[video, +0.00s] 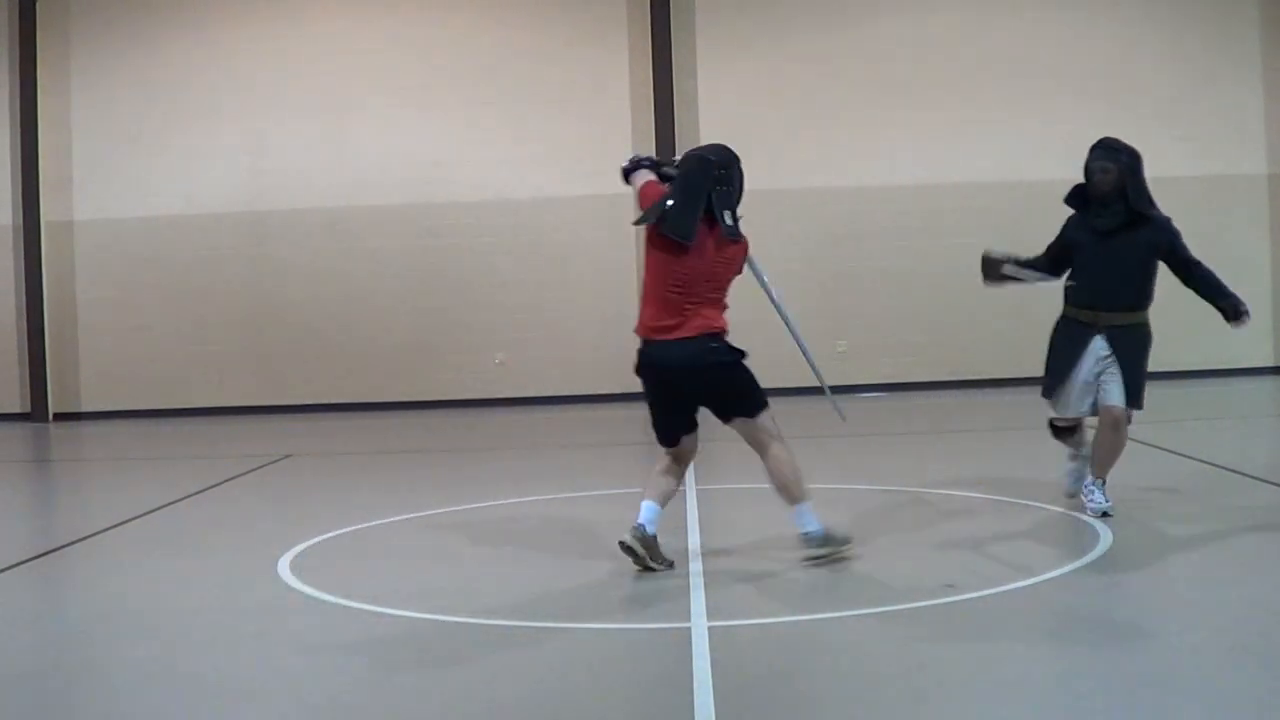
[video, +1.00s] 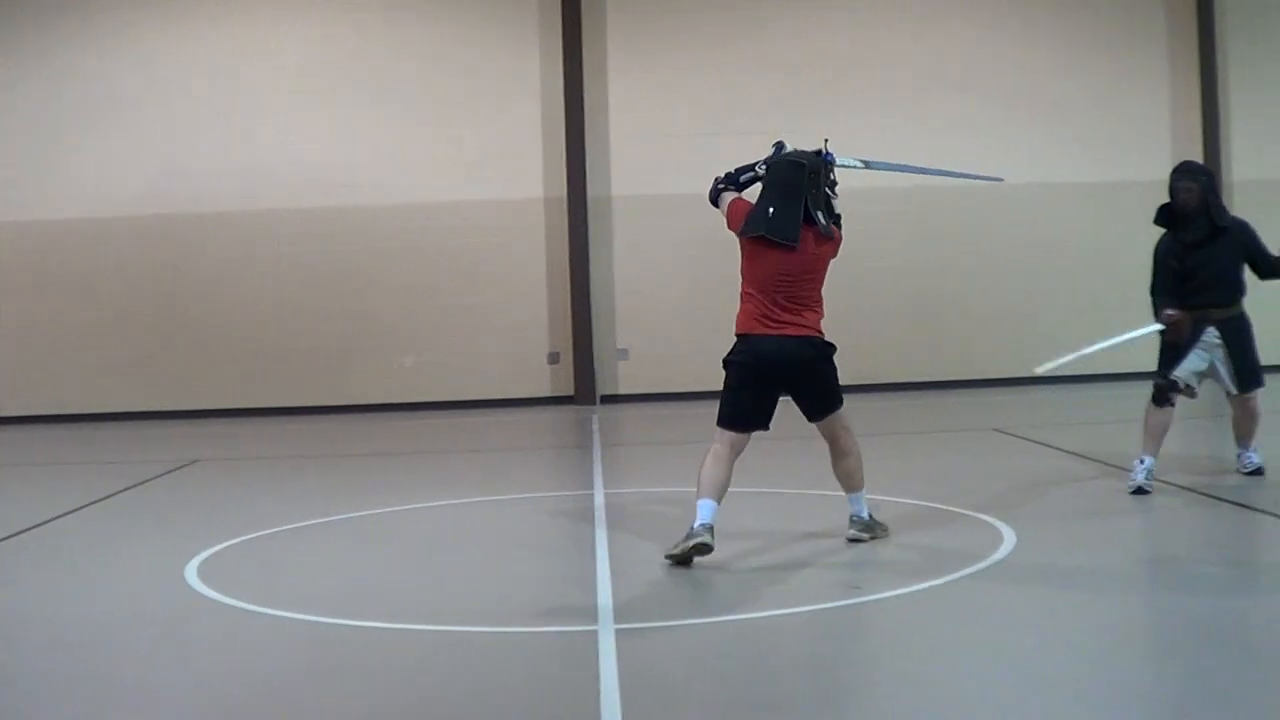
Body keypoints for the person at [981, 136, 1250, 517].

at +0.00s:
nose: (1097, 178)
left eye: (1105, 171)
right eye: (1093, 170)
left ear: (1126, 175)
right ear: (1086, 173)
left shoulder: (1152, 226)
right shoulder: (1080, 223)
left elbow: (1188, 269)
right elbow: (1049, 266)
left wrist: (1227, 302)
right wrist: (1006, 268)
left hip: (1126, 331)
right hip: (1076, 328)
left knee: (1116, 414)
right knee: (1063, 421)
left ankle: (1096, 482)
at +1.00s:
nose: (1183, 197)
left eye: (1190, 190)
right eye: (1178, 190)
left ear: (1206, 191)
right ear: (1171, 194)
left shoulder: (1235, 230)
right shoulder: (1169, 241)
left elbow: (1266, 266)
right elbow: (1160, 286)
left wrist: (1279, 263)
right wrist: (1165, 311)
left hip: (1230, 323)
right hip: (1183, 325)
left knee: (1245, 394)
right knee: (1163, 391)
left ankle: (1246, 452)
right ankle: (1145, 464)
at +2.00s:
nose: (1111, 209)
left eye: (1118, 202)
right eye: (1106, 203)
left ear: (1135, 204)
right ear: (1101, 208)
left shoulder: (1167, 240)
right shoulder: (1102, 254)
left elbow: (1208, 265)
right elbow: (1075, 300)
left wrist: (1228, 250)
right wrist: (1036, 288)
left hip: (1165, 334)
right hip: (1118, 334)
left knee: (1188, 412)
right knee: (1093, 392)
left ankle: (1171, 457)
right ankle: (1093, 461)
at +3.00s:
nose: (1065, 190)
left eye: (1072, 183)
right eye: (1059, 184)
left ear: (1090, 184)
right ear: (1054, 190)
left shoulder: (1121, 222)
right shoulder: (1053, 236)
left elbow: (1156, 251)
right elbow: (1027, 279)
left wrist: (1165, 286)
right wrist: (989, 266)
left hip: (1120, 322)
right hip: (1074, 324)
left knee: (1131, 396)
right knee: (1061, 396)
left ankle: (1104, 463)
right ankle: (1040, 472)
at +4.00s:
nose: (906, 191)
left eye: (912, 183)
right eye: (899, 184)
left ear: (925, 184)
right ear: (888, 187)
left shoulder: (942, 225)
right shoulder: (878, 232)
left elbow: (956, 260)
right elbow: (857, 277)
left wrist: (950, 298)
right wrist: (836, 264)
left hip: (933, 323)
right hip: (896, 326)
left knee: (947, 401)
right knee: (910, 403)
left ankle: (894, 460)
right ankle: (904, 481)